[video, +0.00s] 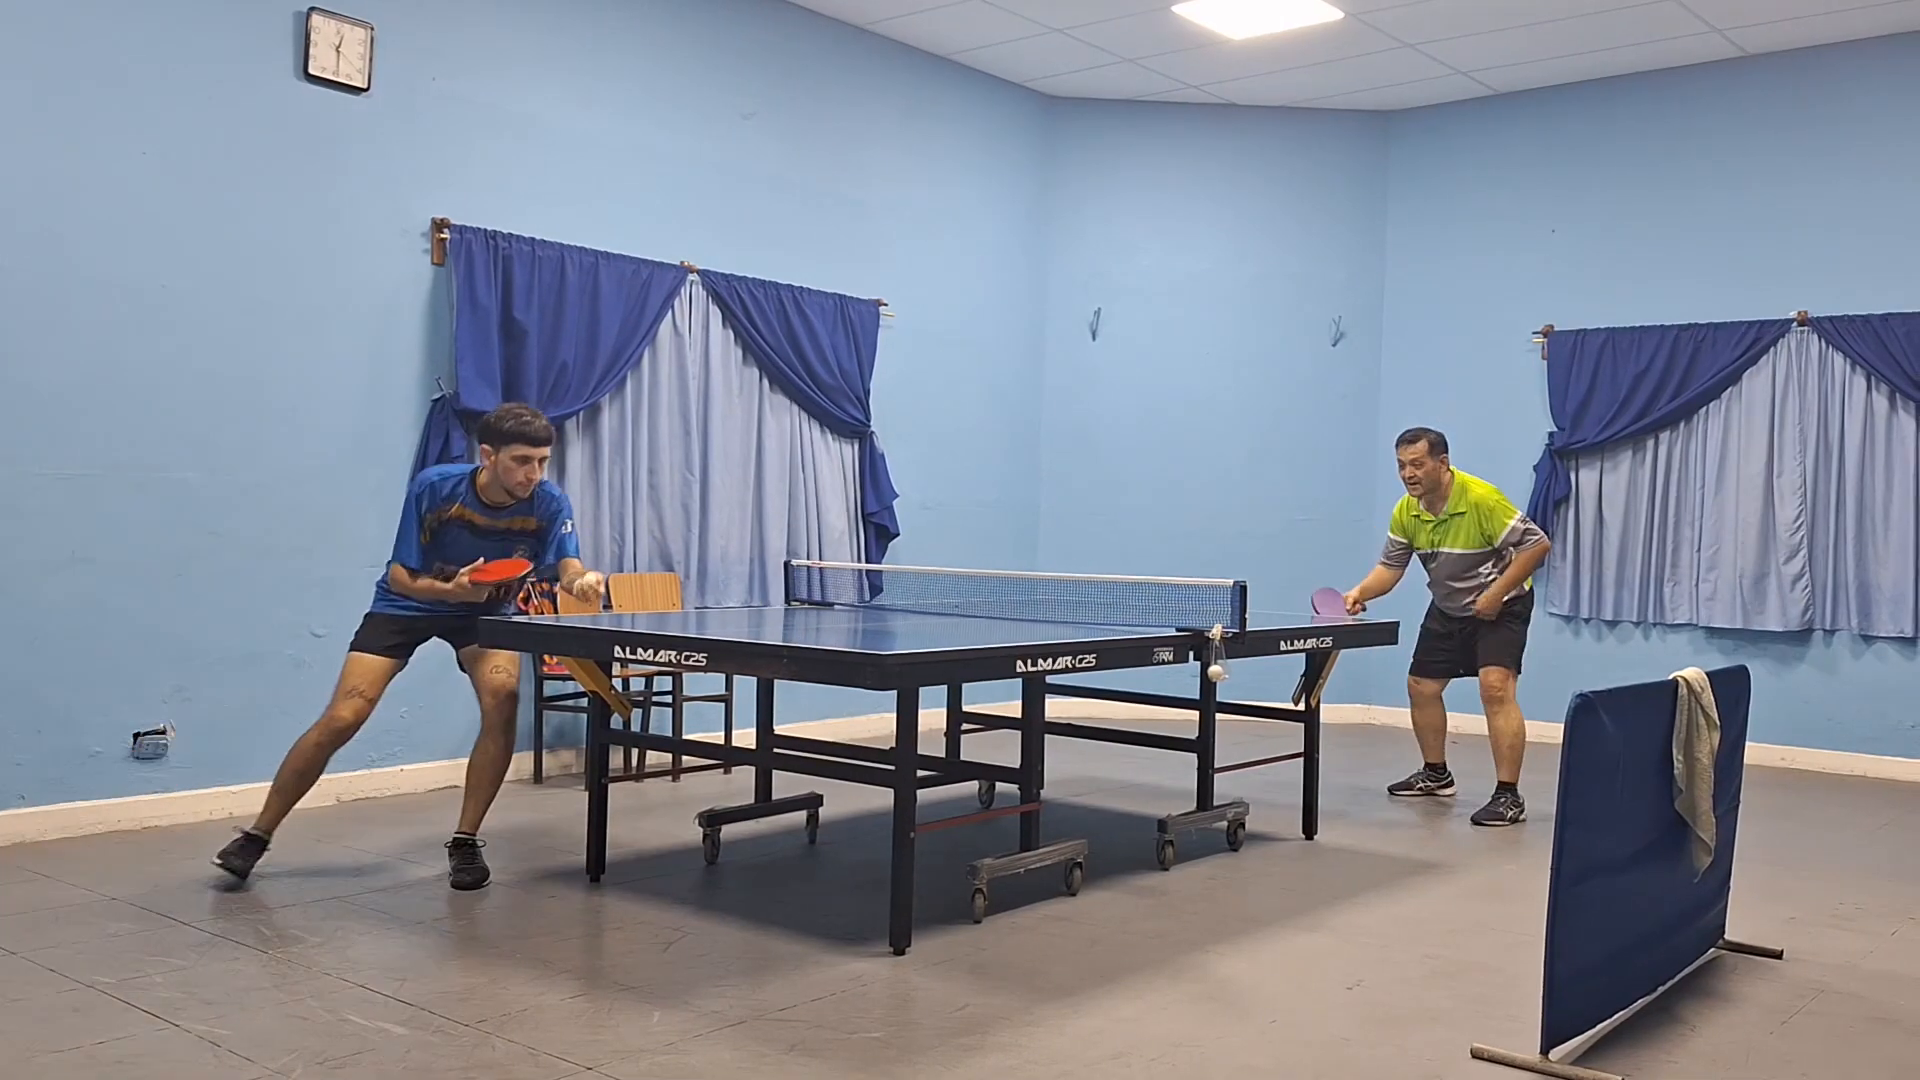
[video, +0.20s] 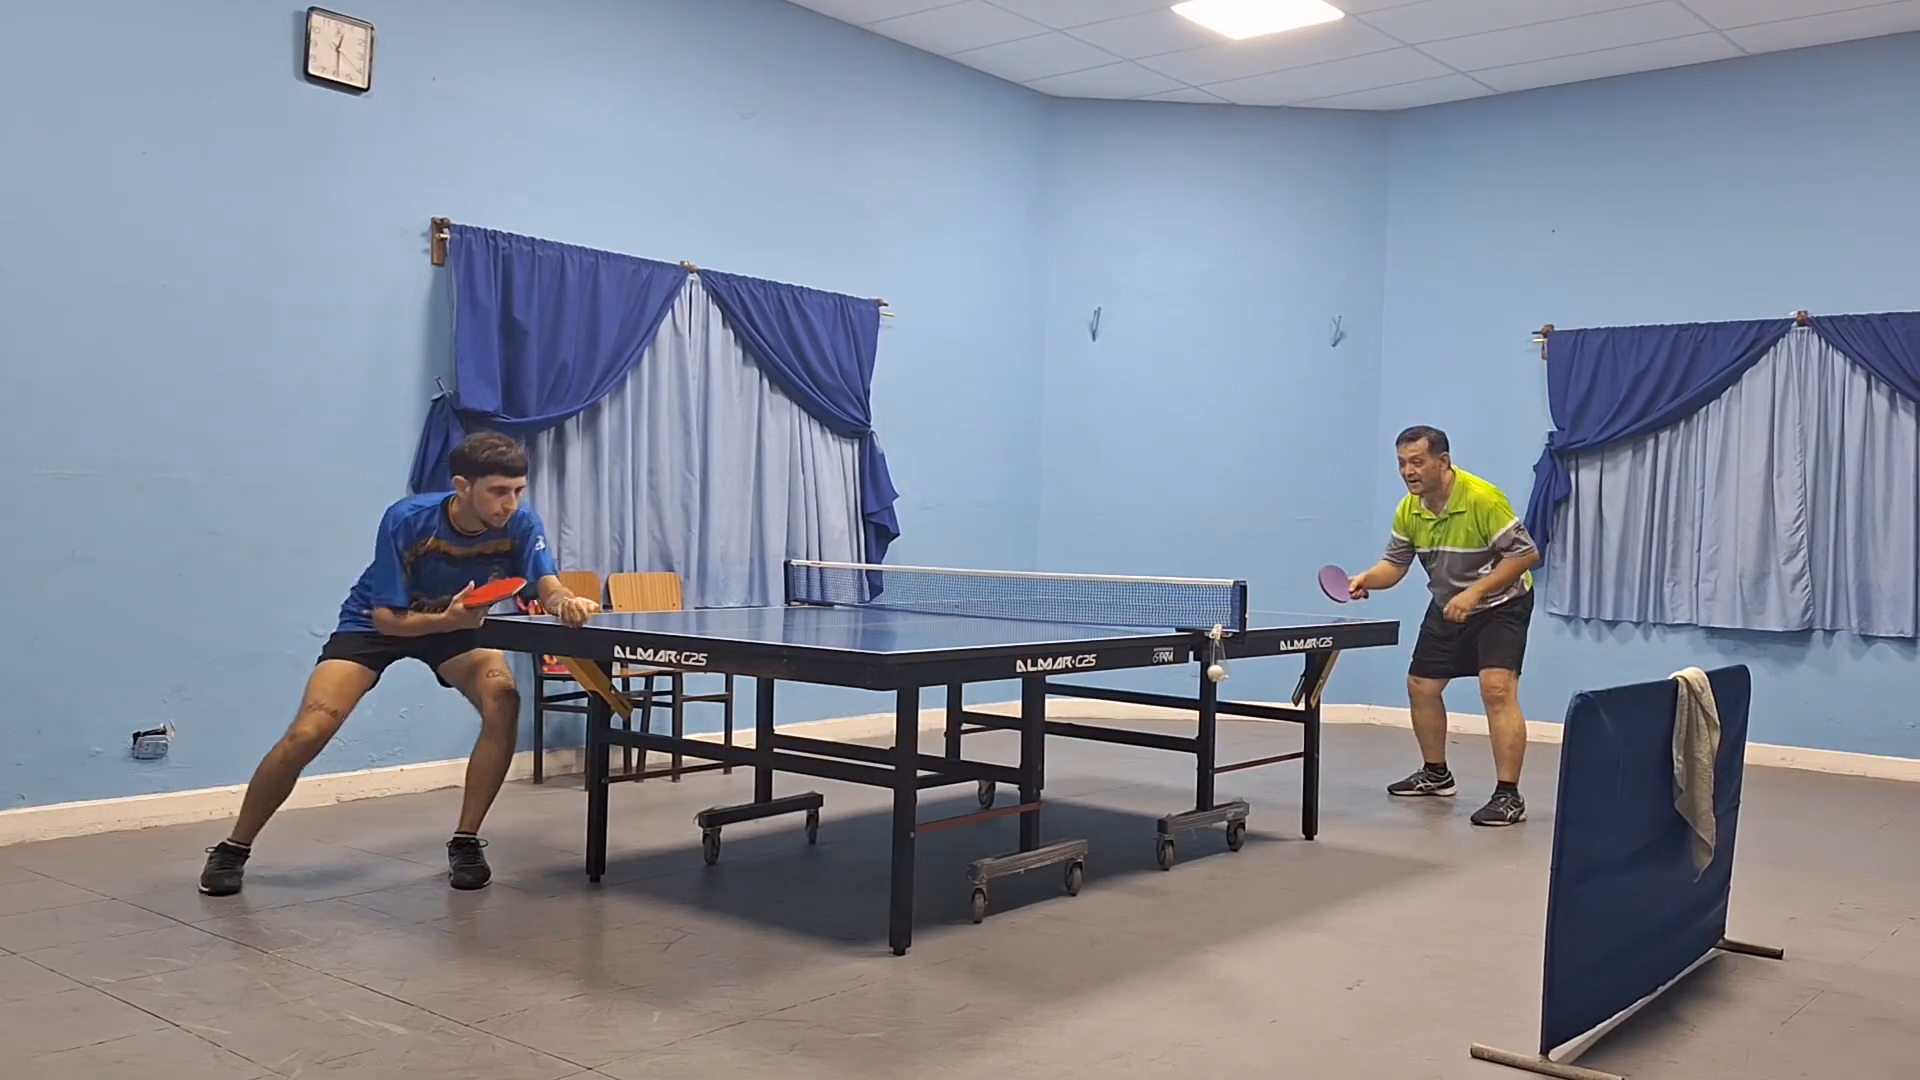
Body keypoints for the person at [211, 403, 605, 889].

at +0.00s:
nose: (534, 474)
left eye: (541, 463)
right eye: (522, 462)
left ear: (548, 460)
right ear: (488, 456)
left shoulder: (550, 506)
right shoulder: (434, 488)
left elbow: (567, 571)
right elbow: (399, 577)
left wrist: (585, 580)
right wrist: (452, 591)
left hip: (484, 614)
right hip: (405, 605)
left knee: (504, 696)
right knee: (345, 717)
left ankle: (465, 842)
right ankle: (256, 836)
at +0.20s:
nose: (512, 503)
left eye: (517, 492)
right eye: (499, 493)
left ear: (523, 487)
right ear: (463, 487)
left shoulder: (522, 523)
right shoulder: (406, 520)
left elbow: (546, 588)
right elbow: (385, 619)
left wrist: (564, 603)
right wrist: (443, 620)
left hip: (456, 629)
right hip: (376, 623)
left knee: (503, 698)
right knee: (308, 733)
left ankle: (466, 842)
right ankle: (234, 849)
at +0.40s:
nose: (491, 512)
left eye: (496, 500)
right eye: (480, 500)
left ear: (501, 496)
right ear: (440, 497)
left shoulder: (499, 534)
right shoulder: (383, 535)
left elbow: (529, 590)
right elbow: (364, 633)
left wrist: (555, 604)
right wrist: (427, 636)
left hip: (432, 640)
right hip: (353, 637)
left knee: (497, 704)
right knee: (288, 744)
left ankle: (466, 843)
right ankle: (233, 851)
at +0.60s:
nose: (470, 490)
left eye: (474, 478)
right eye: (458, 480)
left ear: (478, 478)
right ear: (419, 483)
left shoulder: (481, 523)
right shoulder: (361, 526)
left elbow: (516, 580)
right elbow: (334, 620)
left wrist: (542, 600)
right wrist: (405, 632)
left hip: (422, 643)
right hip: (341, 641)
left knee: (490, 707)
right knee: (277, 748)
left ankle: (466, 843)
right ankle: (233, 850)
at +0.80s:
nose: (427, 427)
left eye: (429, 416)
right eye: (411, 418)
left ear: (436, 421)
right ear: (374, 432)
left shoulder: (450, 470)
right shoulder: (330, 487)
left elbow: (483, 519)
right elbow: (321, 582)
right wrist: (393, 575)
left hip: (408, 620)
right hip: (326, 621)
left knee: (480, 706)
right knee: (269, 742)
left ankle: (466, 844)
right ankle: (232, 850)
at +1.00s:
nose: (371, 378)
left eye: (373, 368)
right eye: (354, 370)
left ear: (380, 377)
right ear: (321, 393)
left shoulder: (406, 430)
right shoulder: (291, 453)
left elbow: (476, 417)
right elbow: (276, 557)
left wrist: (497, 367)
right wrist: (308, 511)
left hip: (389, 600)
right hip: (305, 604)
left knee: (454, 704)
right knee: (261, 733)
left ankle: (463, 842)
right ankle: (230, 849)